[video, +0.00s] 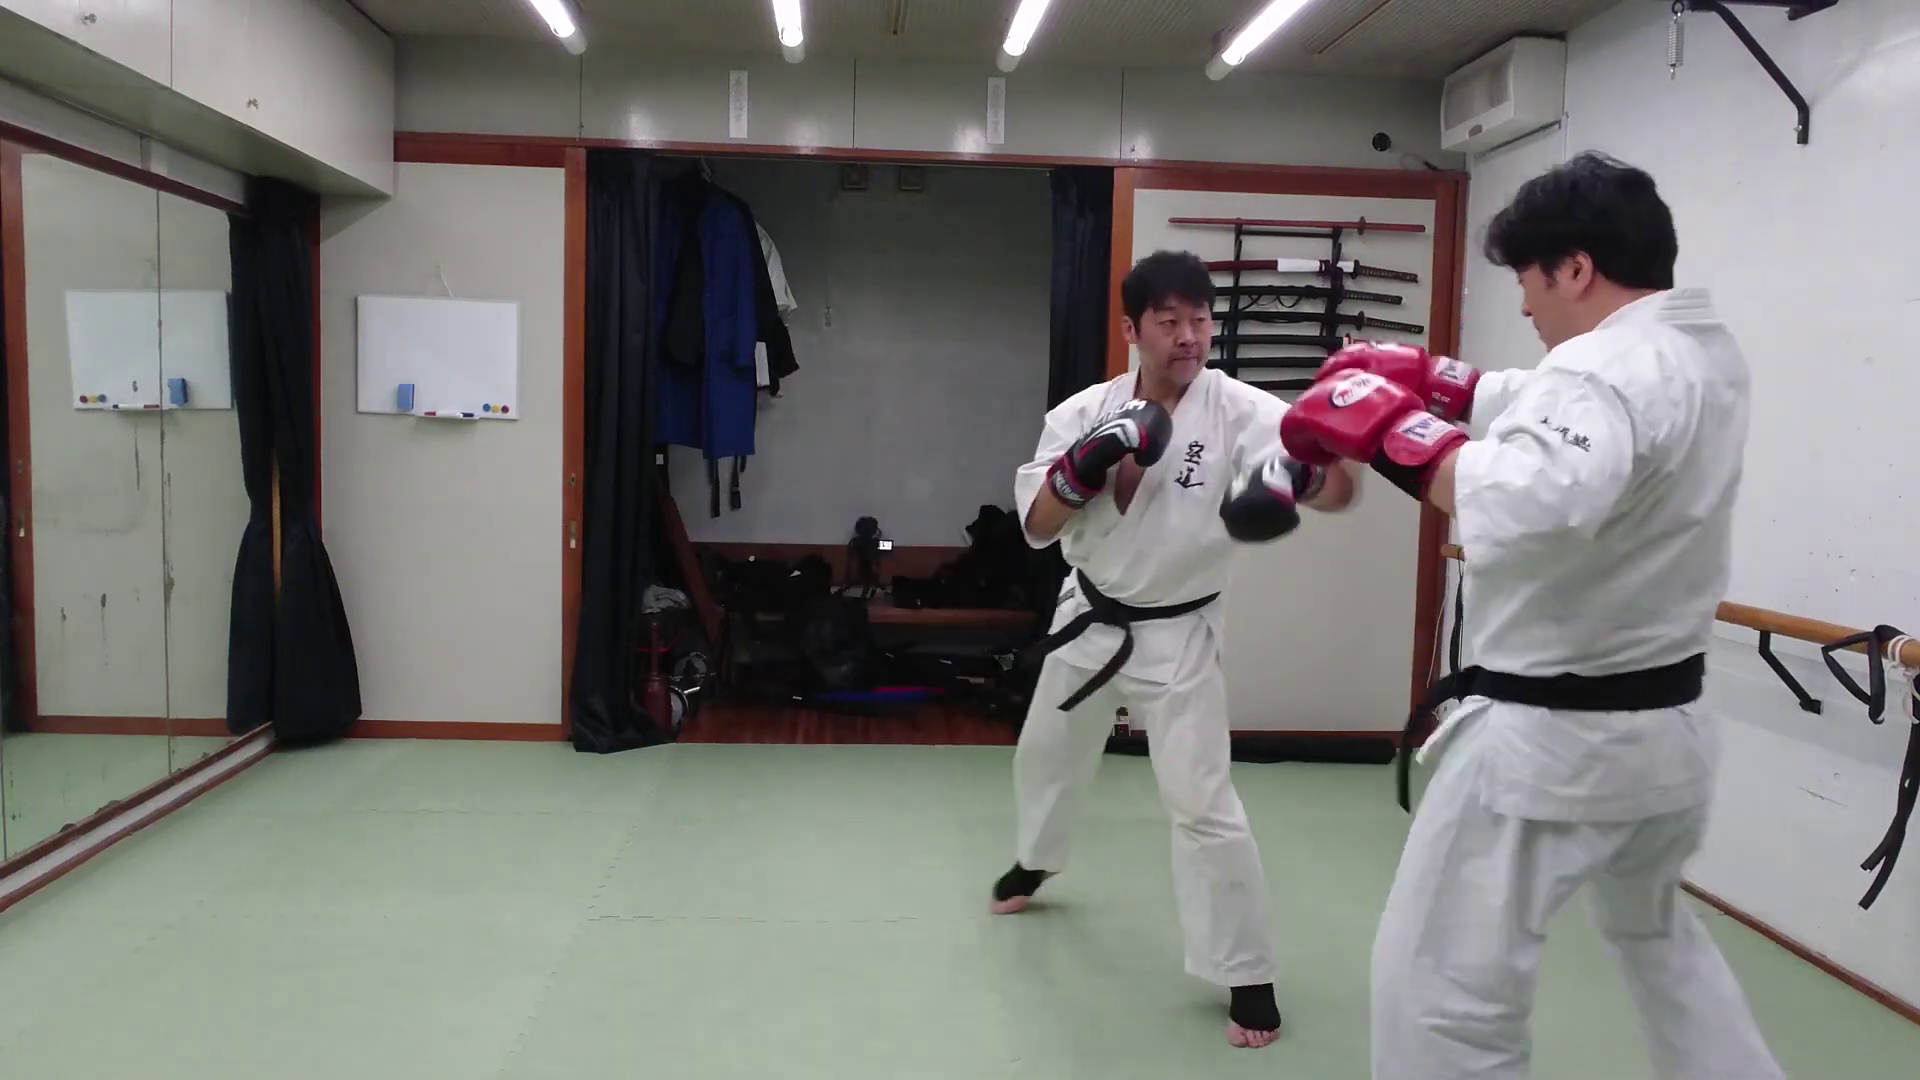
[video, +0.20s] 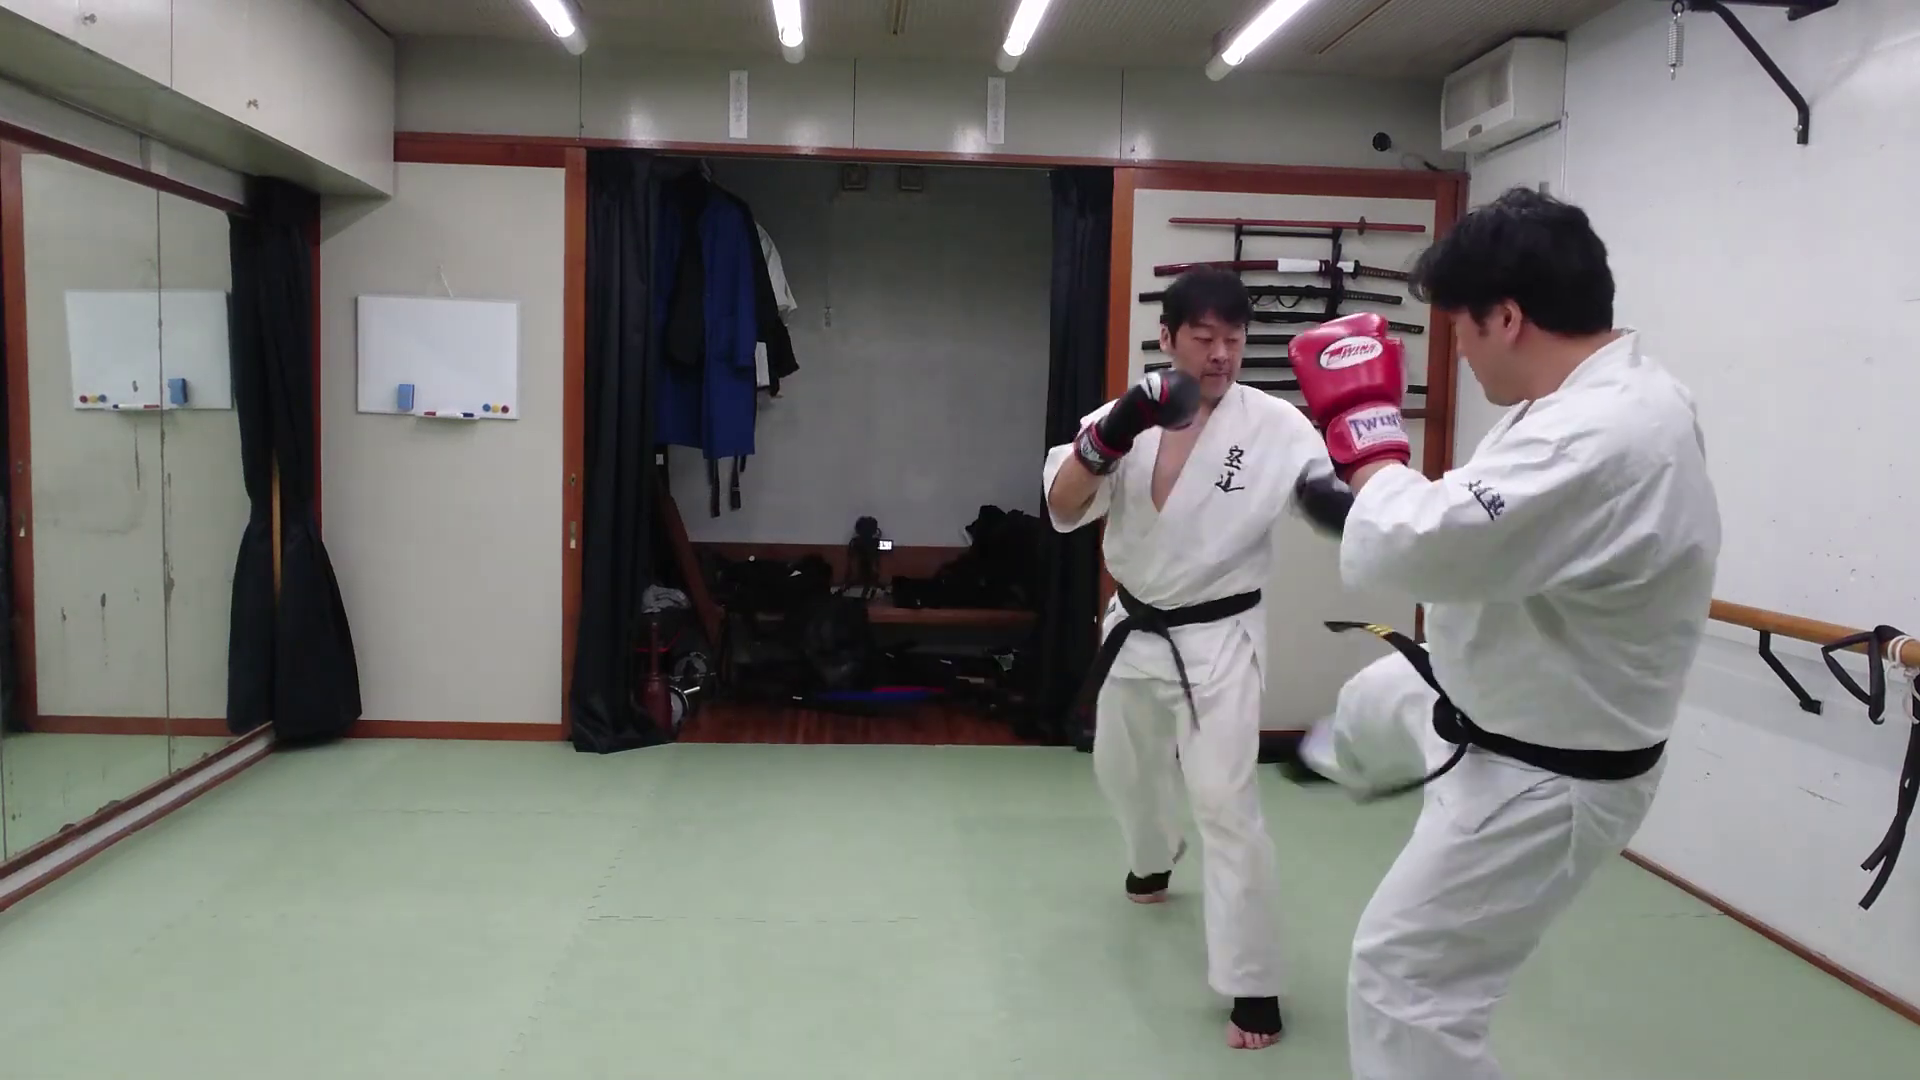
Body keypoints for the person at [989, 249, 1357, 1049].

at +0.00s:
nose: (1189, 337)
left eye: (1200, 321)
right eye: (1170, 321)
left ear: (1212, 328)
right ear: (1132, 328)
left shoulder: (1240, 409)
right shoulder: (1082, 415)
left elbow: (1338, 493)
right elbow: (1036, 526)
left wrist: (1329, 437)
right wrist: (1084, 468)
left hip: (1182, 630)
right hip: (1088, 620)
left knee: (1202, 804)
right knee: (1045, 756)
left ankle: (1249, 980)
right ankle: (1035, 862)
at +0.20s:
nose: (1221, 354)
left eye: (1233, 339)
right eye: (1205, 338)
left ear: (1246, 345)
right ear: (1169, 340)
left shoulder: (1272, 423)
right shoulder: (1127, 415)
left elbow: (1343, 500)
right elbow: (1062, 508)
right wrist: (1106, 440)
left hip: (1222, 634)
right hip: (1134, 627)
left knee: (1221, 800)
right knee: (1122, 761)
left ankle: (1253, 985)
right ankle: (1152, 854)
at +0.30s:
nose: (1246, 355)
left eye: (1258, 341)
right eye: (1231, 339)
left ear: (1270, 342)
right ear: (1196, 330)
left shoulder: (1279, 414)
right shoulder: (1136, 390)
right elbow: (1071, 469)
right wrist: (1130, 403)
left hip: (1228, 615)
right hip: (1136, 610)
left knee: (1231, 767)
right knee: (1141, 752)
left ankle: (1246, 932)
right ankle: (1160, 852)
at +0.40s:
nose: (1259, 360)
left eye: (1273, 345)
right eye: (1246, 343)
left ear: (1287, 341)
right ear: (1212, 329)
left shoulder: (1287, 398)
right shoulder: (1159, 391)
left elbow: (1348, 451)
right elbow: (1085, 470)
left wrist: (1356, 385)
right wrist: (1141, 401)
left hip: (1231, 598)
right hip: (1143, 591)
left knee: (1229, 755)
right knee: (1134, 738)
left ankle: (1233, 896)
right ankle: (1132, 847)